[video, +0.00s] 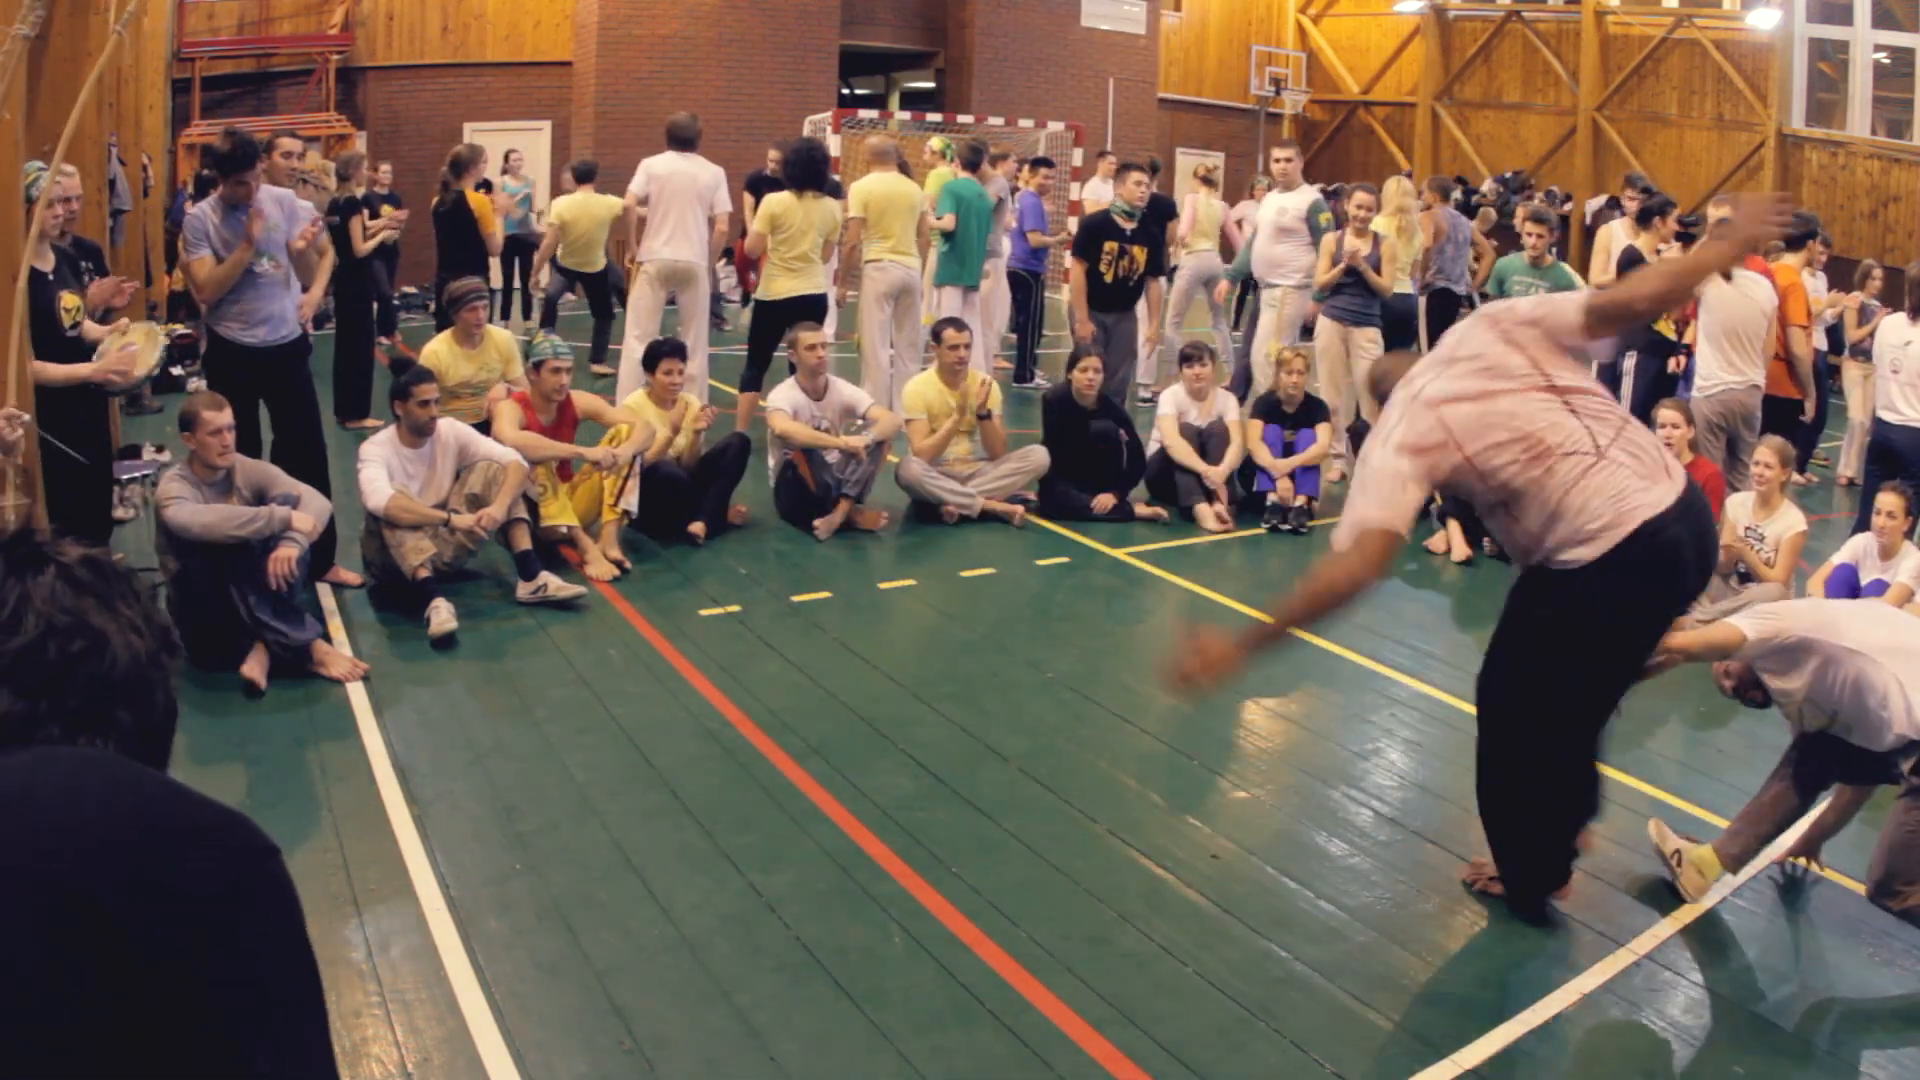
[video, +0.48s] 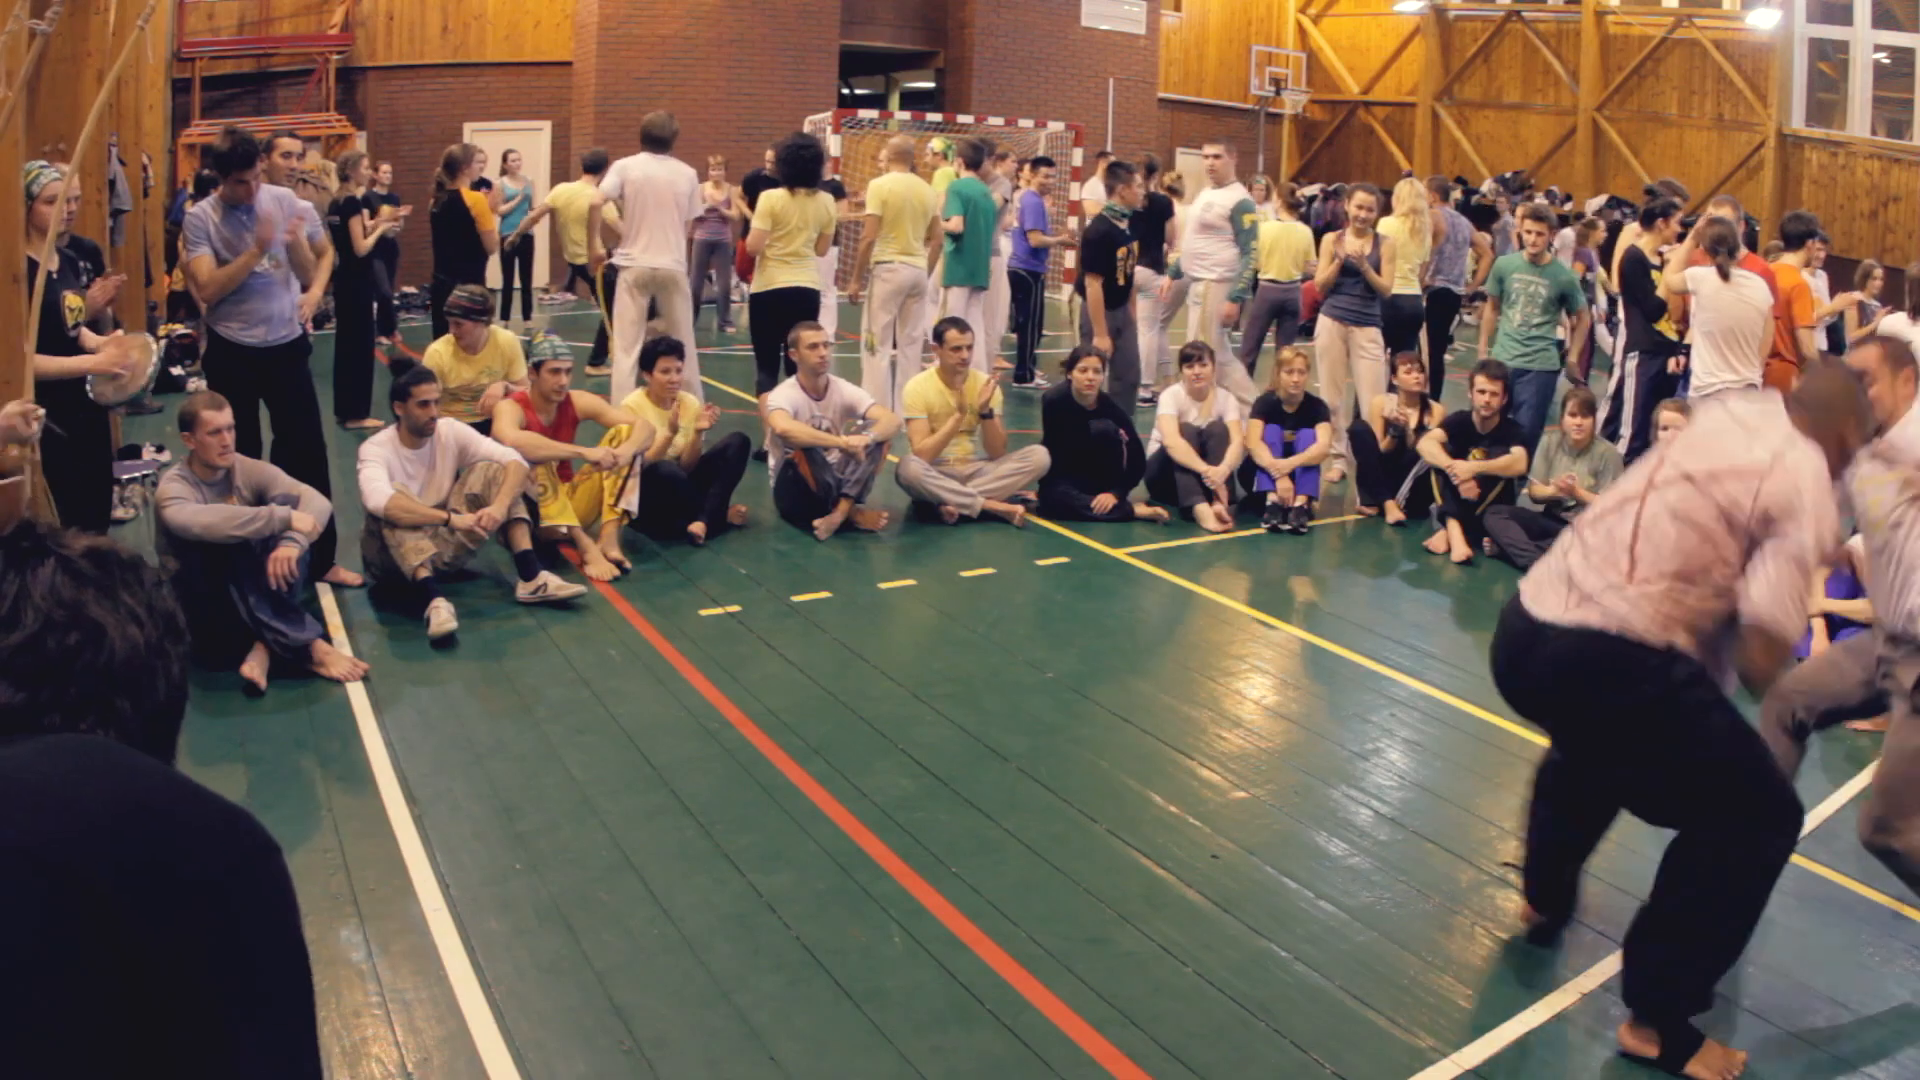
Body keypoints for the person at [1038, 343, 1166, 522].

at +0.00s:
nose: (1090, 377)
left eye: (1096, 371)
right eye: (1083, 370)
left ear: (1104, 376)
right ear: (1070, 375)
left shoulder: (1113, 410)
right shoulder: (1054, 402)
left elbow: (1138, 462)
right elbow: (1052, 454)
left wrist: (1116, 494)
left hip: (1104, 482)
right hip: (1067, 480)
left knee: (1106, 430)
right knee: (1053, 504)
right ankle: (1130, 511)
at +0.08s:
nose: (1090, 377)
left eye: (1097, 371)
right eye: (1083, 370)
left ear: (1103, 377)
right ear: (1070, 374)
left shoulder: (1113, 410)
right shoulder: (1054, 402)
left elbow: (1138, 461)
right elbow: (1051, 456)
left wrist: (1115, 494)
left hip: (1102, 480)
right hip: (1066, 478)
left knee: (1105, 430)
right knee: (1052, 505)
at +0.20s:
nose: (1090, 377)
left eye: (1097, 372)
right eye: (1083, 371)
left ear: (1103, 376)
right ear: (1070, 375)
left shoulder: (1112, 409)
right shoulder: (1054, 402)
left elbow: (1138, 461)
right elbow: (1050, 449)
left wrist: (1116, 494)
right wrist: (1043, 490)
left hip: (1104, 481)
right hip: (1067, 479)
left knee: (1104, 429)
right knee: (1053, 501)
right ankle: (1130, 512)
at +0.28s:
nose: (1090, 377)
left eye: (1096, 372)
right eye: (1083, 371)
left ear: (1103, 376)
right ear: (1070, 375)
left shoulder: (1112, 408)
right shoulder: (1054, 402)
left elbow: (1138, 461)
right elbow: (1050, 450)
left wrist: (1116, 494)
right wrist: (1044, 490)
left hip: (1104, 480)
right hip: (1067, 479)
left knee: (1104, 429)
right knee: (1053, 502)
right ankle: (1130, 512)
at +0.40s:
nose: (1090, 377)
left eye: (1096, 372)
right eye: (1083, 371)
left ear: (1103, 377)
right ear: (1070, 375)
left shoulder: (1111, 409)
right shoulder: (1054, 402)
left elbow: (1138, 461)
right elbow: (1050, 449)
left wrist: (1116, 494)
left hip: (1104, 481)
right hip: (1066, 480)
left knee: (1104, 429)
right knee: (1053, 501)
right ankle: (1130, 511)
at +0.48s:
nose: (1090, 377)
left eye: (1096, 372)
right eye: (1083, 371)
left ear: (1103, 377)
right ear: (1070, 375)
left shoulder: (1111, 408)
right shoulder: (1054, 402)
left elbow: (1138, 461)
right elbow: (1050, 450)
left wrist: (1116, 494)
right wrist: (1044, 490)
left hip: (1104, 481)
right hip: (1066, 480)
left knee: (1104, 429)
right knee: (1053, 501)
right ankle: (1130, 511)